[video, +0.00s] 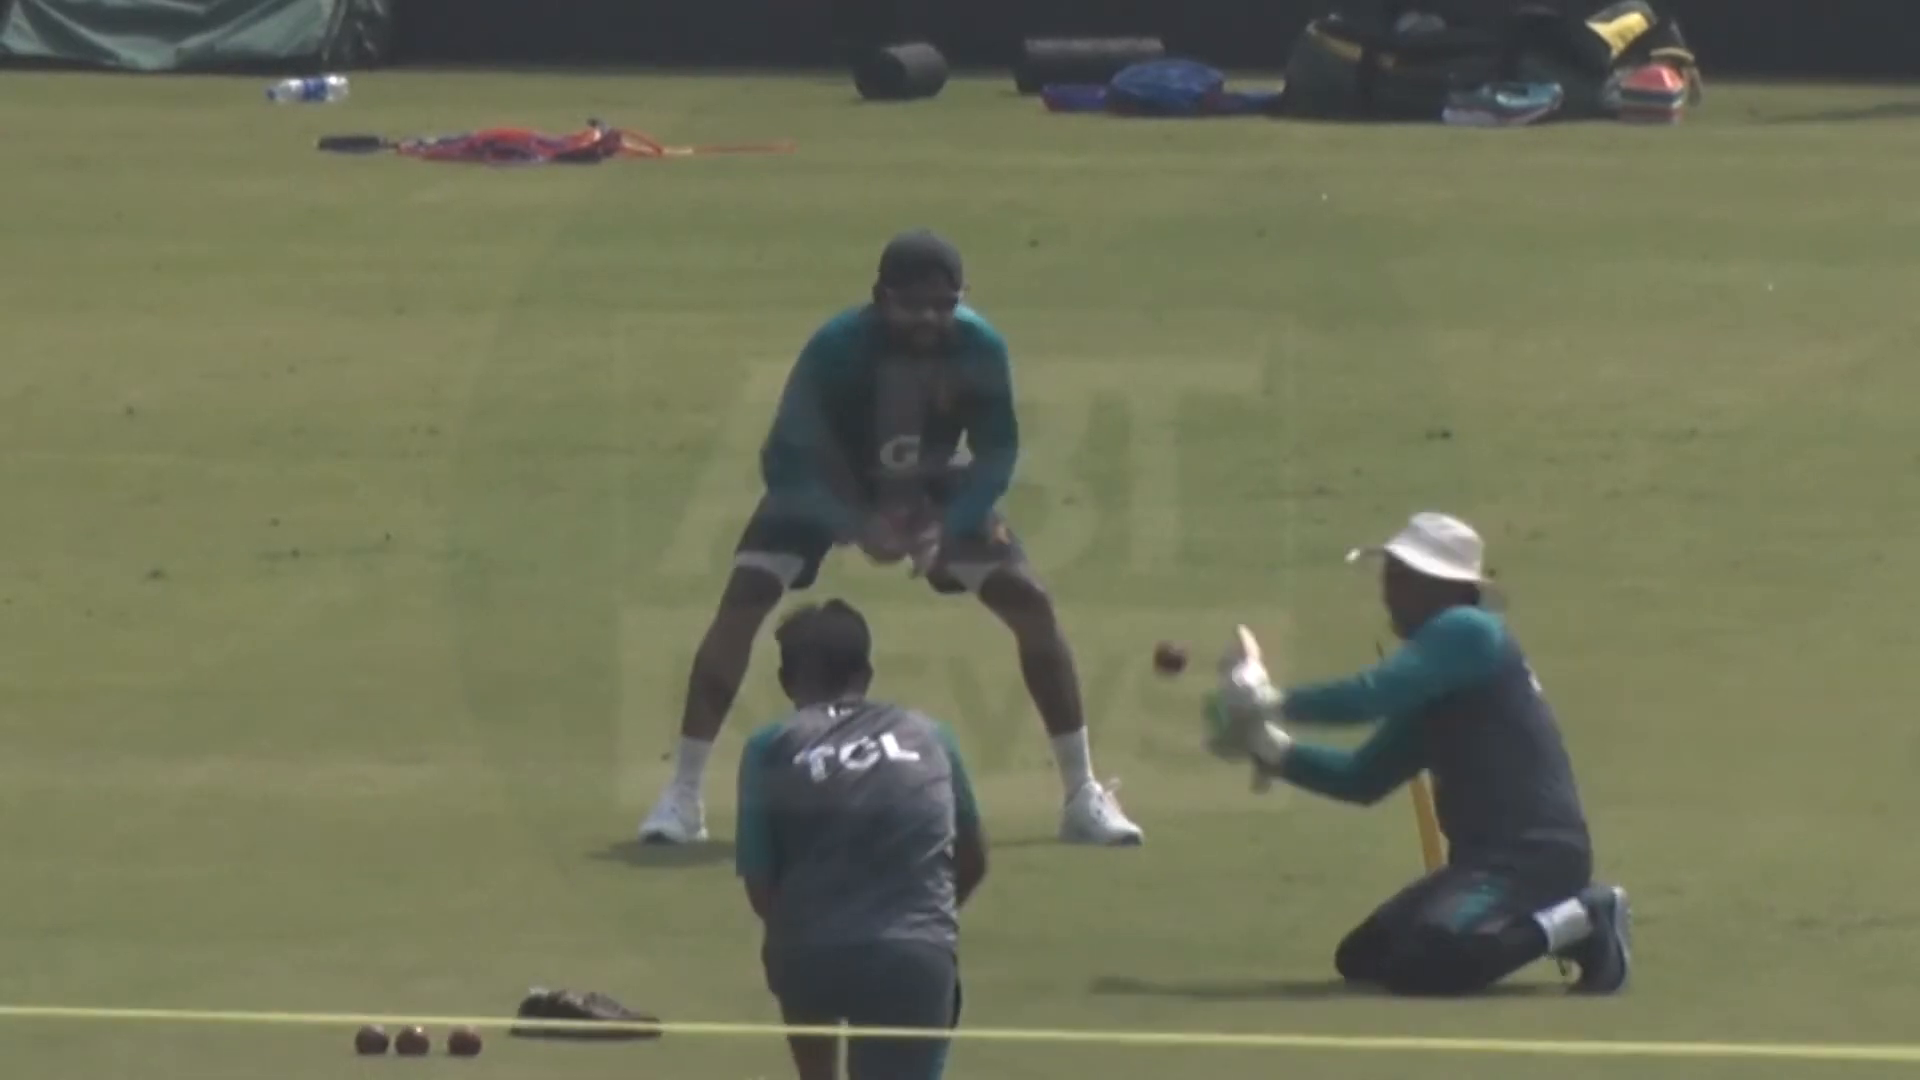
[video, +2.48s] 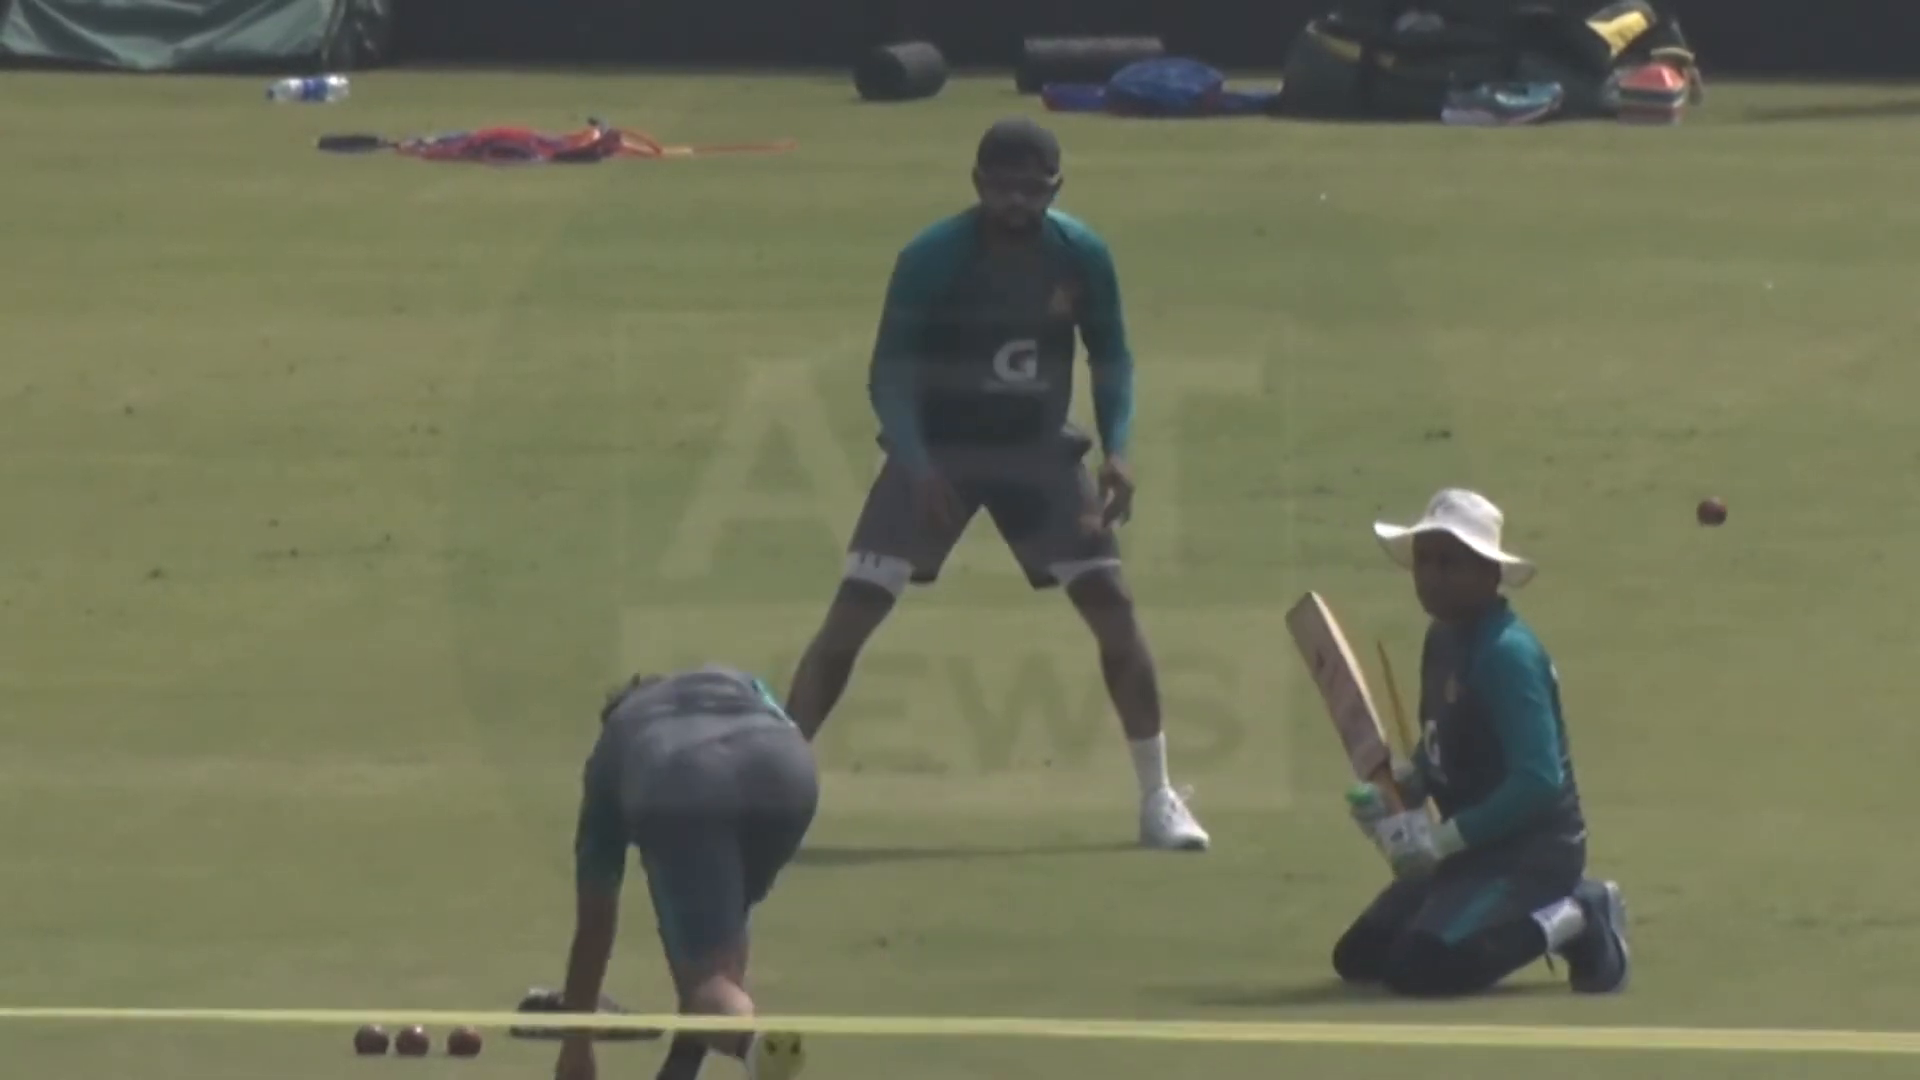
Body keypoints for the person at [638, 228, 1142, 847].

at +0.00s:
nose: (927, 321)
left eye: (940, 307)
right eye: (912, 307)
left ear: (958, 301)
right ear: (882, 299)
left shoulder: (981, 351)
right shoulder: (836, 347)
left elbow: (997, 452)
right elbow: (788, 462)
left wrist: (949, 523)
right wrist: (857, 525)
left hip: (932, 496)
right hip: (829, 491)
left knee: (1031, 607)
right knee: (744, 601)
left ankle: (1085, 795)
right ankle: (683, 794)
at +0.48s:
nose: (1156, 488)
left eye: (1161, 476)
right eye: (1148, 473)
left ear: (1150, 462)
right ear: (1108, 457)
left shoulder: (1132, 486)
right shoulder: (1020, 453)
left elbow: (1181, 586)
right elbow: (920, 544)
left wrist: (1246, 689)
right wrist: (971, 643)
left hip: (987, 508)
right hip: (895, 484)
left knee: (1095, 603)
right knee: (795, 620)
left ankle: (1088, 797)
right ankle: (686, 789)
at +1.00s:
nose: (1275, 354)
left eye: (1278, 341)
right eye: (1280, 341)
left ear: (1228, 299)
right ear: (1267, 336)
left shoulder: (1171, 326)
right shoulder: (1202, 357)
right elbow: (1147, 480)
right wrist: (1158, 599)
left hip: (1035, 458)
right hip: (972, 441)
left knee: (1114, 599)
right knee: (922, 621)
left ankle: (1088, 798)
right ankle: (760, 771)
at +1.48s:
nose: (1172, 249)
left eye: (1175, 235)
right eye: (1170, 233)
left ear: (1118, 219)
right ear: (1142, 229)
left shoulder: (1088, 288)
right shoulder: (1065, 272)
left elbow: (1037, 402)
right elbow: (1005, 392)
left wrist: (1053, 498)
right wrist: (1036, 502)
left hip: (984, 438)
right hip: (913, 428)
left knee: (1070, 600)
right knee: (884, 603)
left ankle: (1085, 796)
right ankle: (799, 758)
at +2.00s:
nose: (948, 233)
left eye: (963, 218)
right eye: (933, 218)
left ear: (982, 218)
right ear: (903, 214)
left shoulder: (1004, 277)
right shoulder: (856, 288)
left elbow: (1027, 383)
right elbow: (804, 405)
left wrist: (1058, 487)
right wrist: (837, 505)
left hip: (959, 451)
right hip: (863, 461)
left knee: (1054, 586)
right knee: (817, 615)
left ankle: (1131, 778)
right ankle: (799, 792)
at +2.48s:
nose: (1018, 205)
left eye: (1033, 190)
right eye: (1003, 189)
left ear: (1056, 187)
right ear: (977, 184)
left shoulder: (1082, 257)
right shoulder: (929, 260)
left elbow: (1110, 355)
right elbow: (889, 378)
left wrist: (1115, 453)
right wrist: (918, 468)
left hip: (1038, 455)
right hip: (934, 455)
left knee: (1112, 608)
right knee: (854, 613)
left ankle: (1159, 797)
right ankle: (773, 779)